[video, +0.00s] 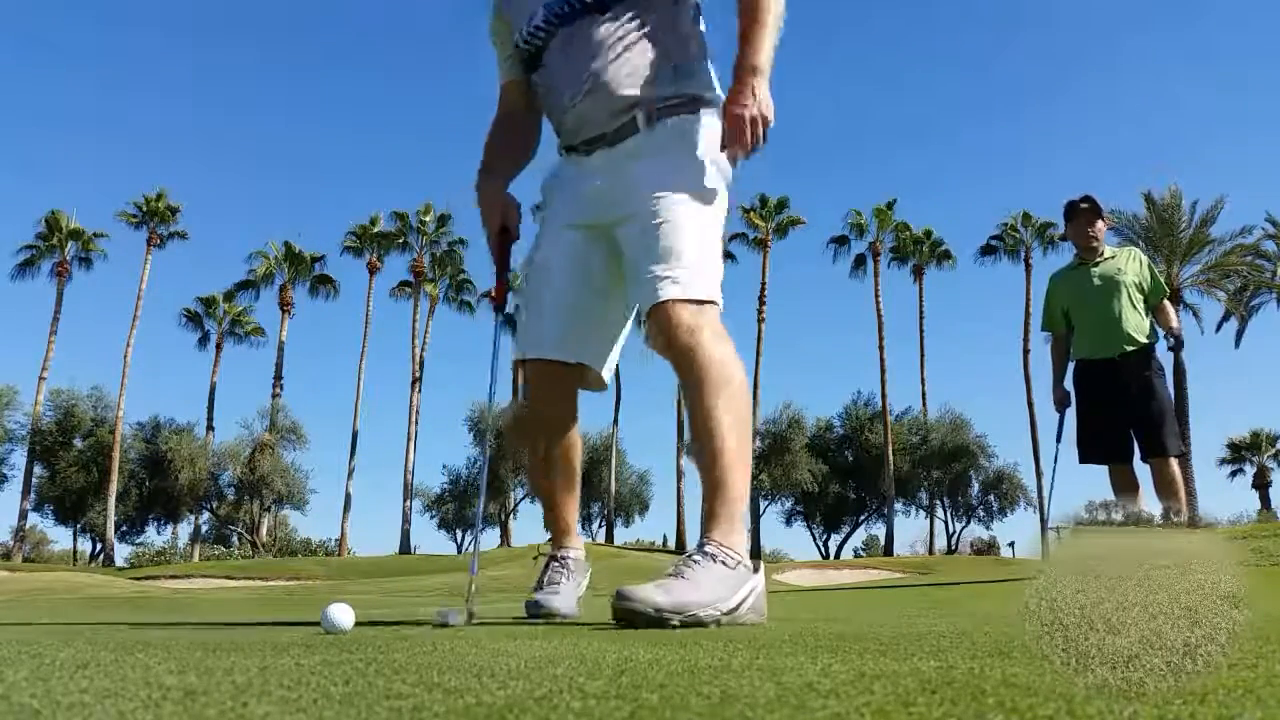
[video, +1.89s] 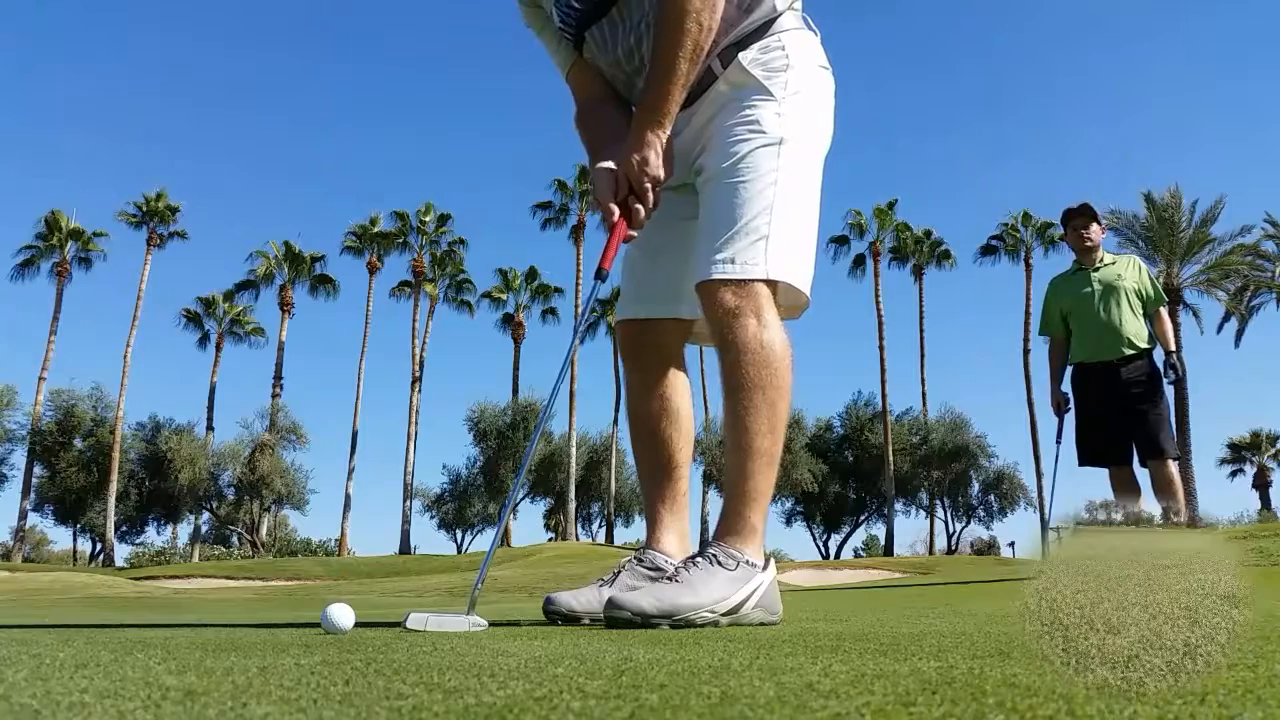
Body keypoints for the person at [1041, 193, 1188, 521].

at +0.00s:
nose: (1089, 228)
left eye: (1094, 221)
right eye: (1080, 224)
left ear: (1105, 225)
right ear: (1068, 232)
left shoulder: (1133, 259)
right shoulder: (1061, 281)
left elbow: (1159, 301)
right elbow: (1060, 337)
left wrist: (1172, 327)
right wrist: (1058, 384)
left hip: (1140, 366)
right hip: (1094, 374)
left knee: (1161, 451)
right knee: (1117, 459)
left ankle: (1179, 527)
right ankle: (1134, 532)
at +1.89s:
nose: (1084, 232)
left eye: (1089, 226)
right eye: (1076, 229)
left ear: (1101, 230)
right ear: (1066, 239)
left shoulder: (1131, 266)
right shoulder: (1060, 286)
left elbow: (1158, 312)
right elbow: (1057, 341)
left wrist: (1171, 352)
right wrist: (1055, 387)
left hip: (1139, 373)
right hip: (1093, 380)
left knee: (1160, 455)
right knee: (1117, 462)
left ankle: (1178, 529)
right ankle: (1135, 534)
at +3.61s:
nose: (1089, 222)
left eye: (1095, 215)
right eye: (1082, 218)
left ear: (1109, 219)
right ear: (1074, 227)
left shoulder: (1140, 258)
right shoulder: (1066, 275)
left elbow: (1165, 309)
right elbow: (1061, 332)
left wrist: (1183, 355)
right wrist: (1057, 381)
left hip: (1136, 365)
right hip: (1090, 371)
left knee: (1139, 454)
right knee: (1112, 460)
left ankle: (1150, 528)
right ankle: (1128, 530)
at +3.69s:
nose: (1090, 220)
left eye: (1096, 213)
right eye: (1082, 216)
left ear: (1111, 217)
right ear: (1075, 226)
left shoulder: (1142, 255)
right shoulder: (1066, 273)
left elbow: (1166, 306)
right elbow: (1062, 330)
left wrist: (1183, 352)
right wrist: (1057, 379)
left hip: (1138, 363)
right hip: (1091, 369)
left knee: (1139, 456)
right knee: (1108, 460)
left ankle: (1148, 531)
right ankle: (1125, 530)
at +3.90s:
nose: (1092, 214)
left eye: (1099, 208)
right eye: (1084, 211)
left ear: (1114, 213)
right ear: (1077, 221)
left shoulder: (1144, 251)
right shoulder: (1067, 269)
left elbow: (1167, 298)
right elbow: (1064, 327)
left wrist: (1181, 340)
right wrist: (1058, 375)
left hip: (1141, 362)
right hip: (1092, 367)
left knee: (1140, 458)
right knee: (1094, 460)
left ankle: (1145, 529)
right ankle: (1118, 518)